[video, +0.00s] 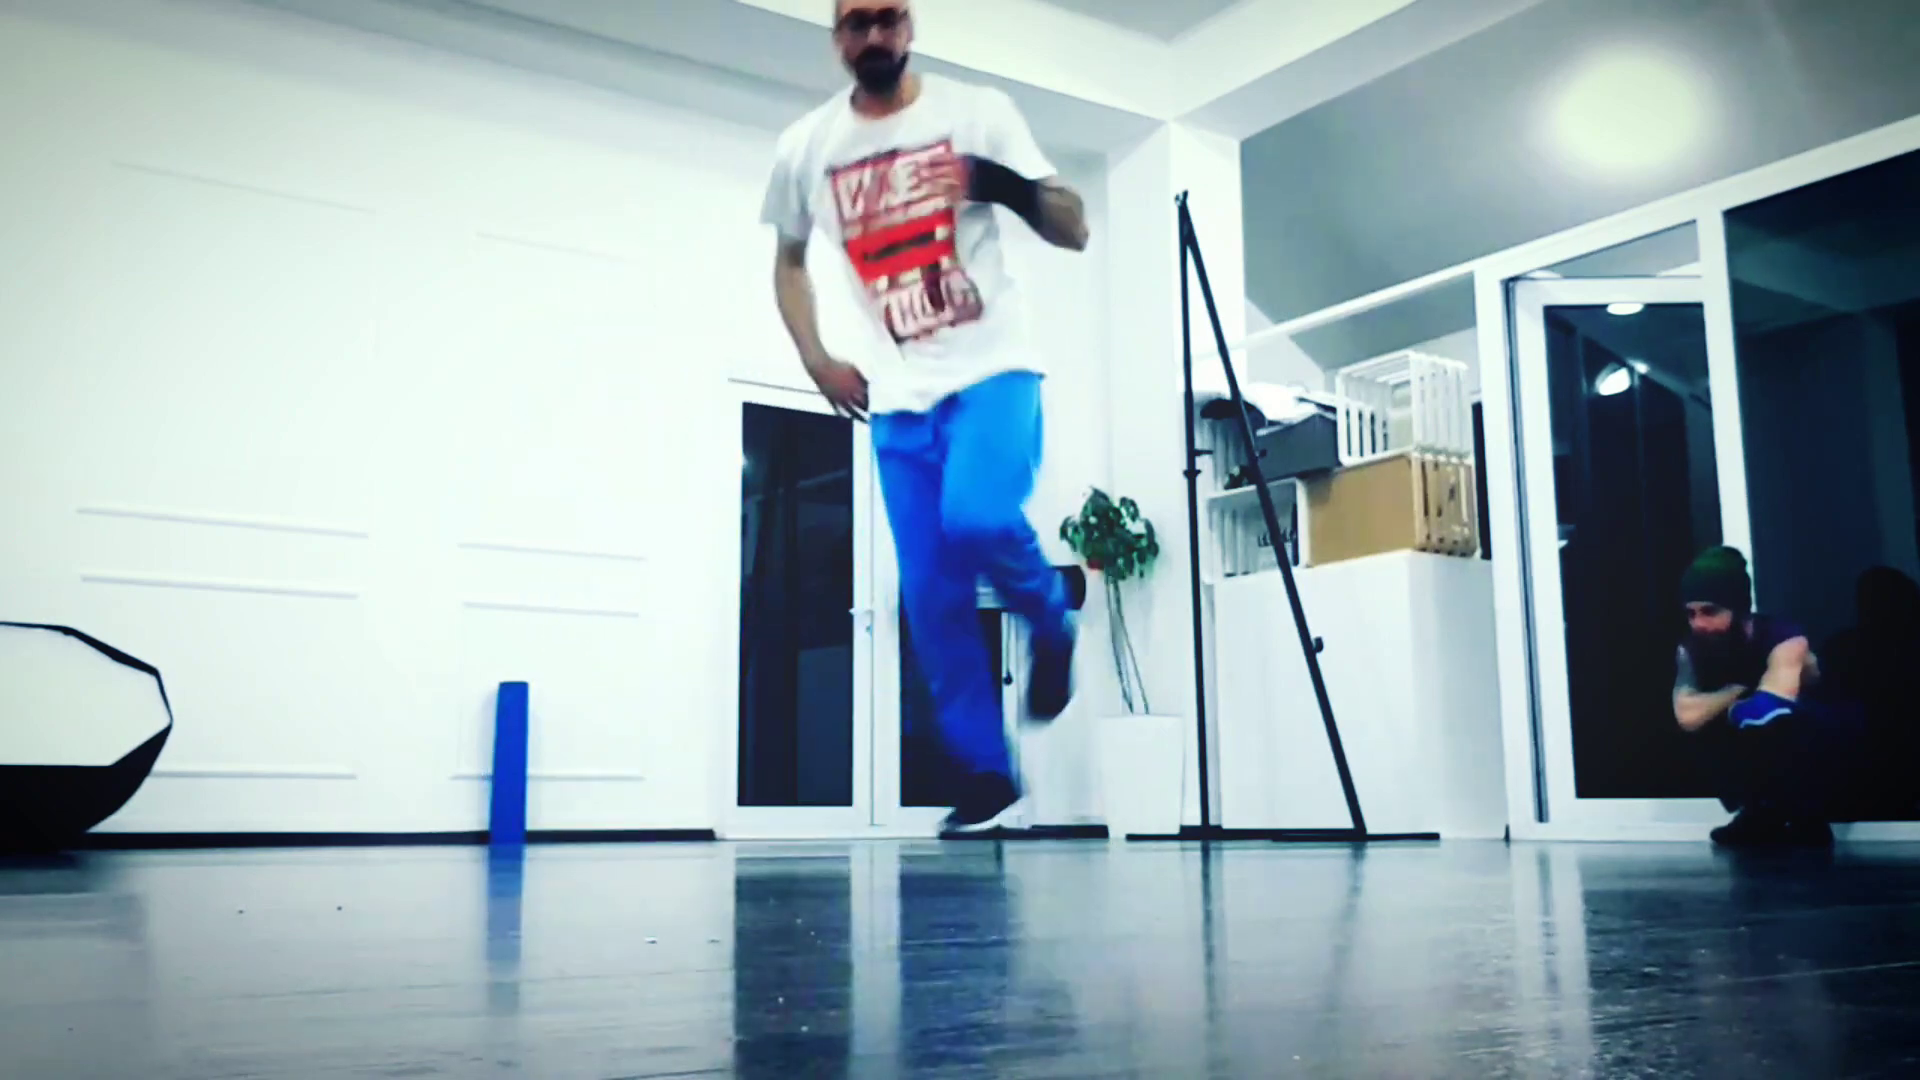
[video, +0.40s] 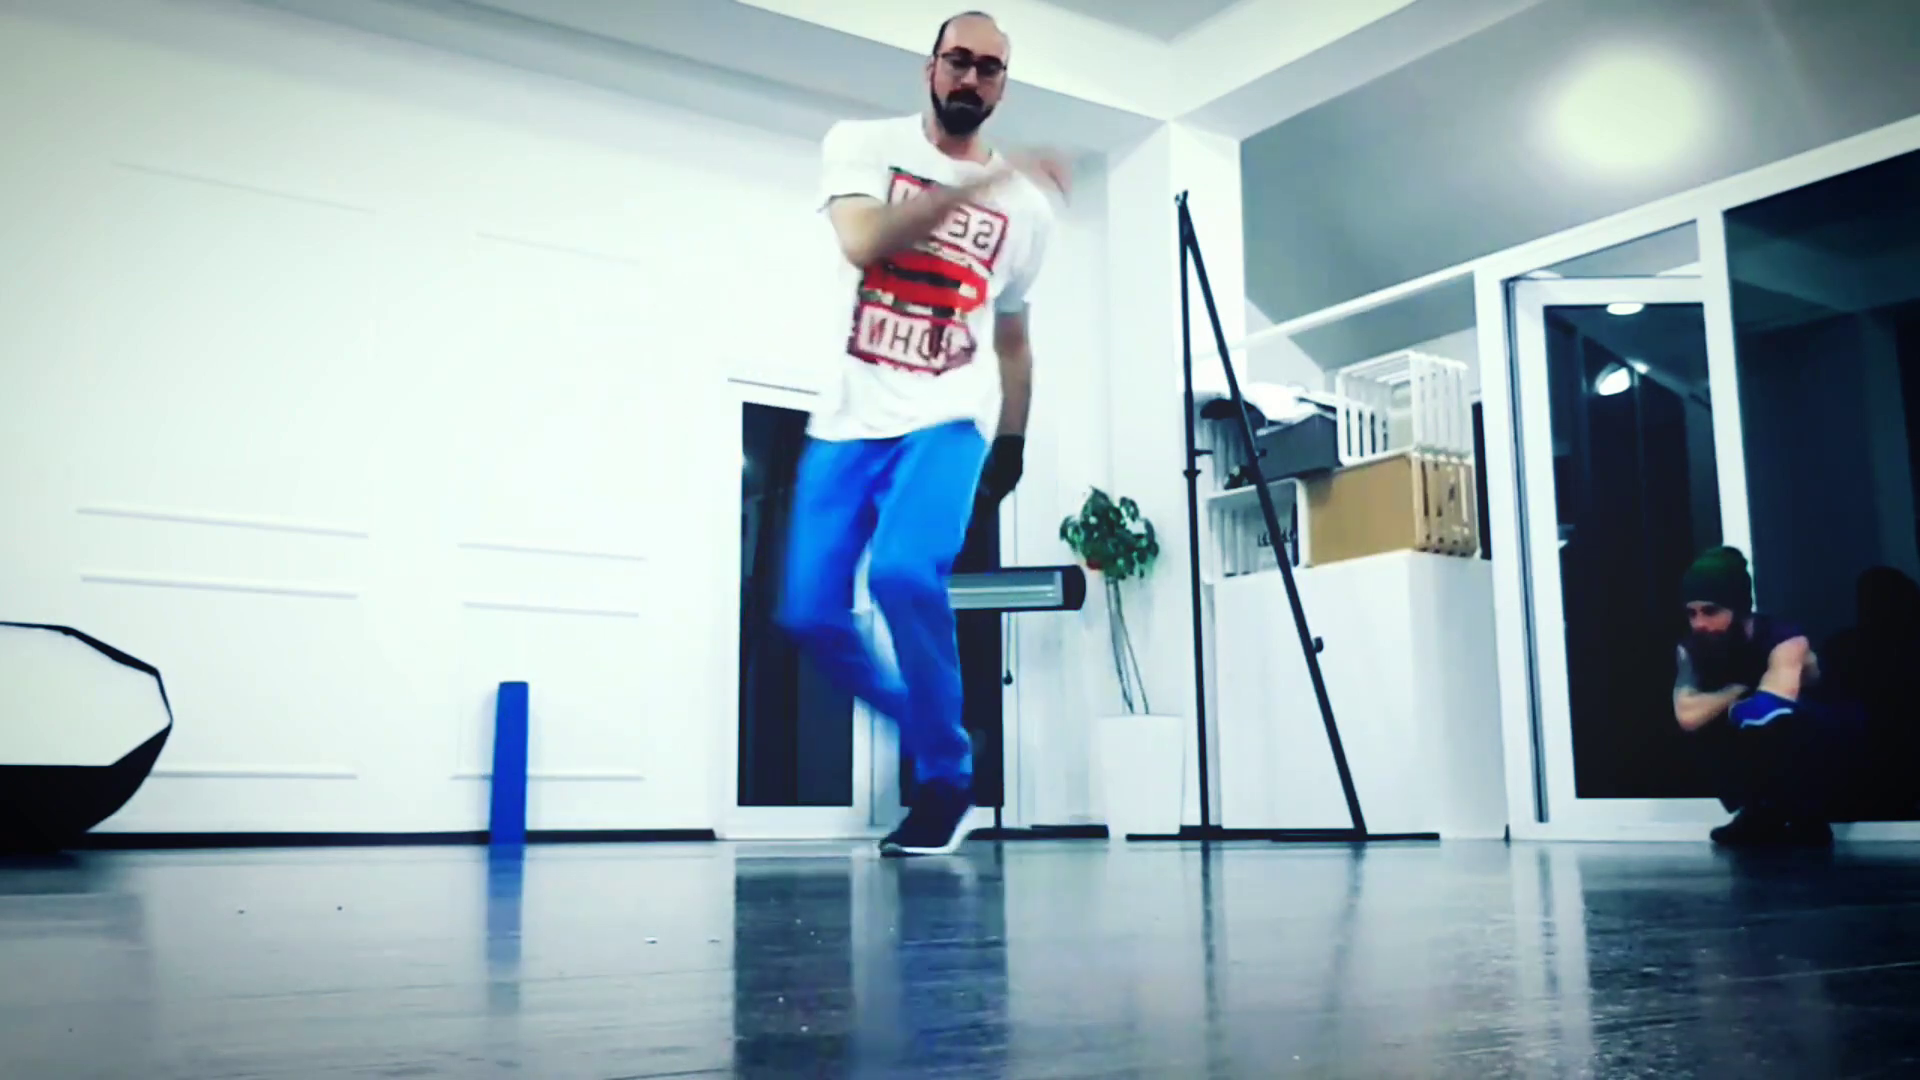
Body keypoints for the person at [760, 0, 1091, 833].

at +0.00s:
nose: (875, 38)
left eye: (890, 20)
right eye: (858, 23)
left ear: (913, 28)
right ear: (835, 35)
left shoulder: (980, 111)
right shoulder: (805, 146)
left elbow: (1075, 230)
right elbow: (789, 264)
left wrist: (1002, 185)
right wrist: (818, 359)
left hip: (993, 368)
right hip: (897, 391)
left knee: (976, 518)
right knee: (930, 588)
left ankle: (1050, 613)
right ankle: (986, 778)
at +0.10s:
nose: (908, 36)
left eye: (923, 21)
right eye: (892, 21)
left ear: (944, 30)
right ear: (868, 31)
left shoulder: (999, 126)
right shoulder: (826, 138)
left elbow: (1050, 232)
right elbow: (773, 261)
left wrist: (1055, 276)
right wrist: (796, 301)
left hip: (991, 359)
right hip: (899, 383)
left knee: (952, 520)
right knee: (950, 566)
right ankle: (1044, 757)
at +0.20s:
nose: (936, 78)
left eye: (952, 65)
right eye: (922, 62)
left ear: (971, 75)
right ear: (896, 70)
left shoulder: (1010, 181)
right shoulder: (848, 174)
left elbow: (1041, 321)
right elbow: (774, 301)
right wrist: (812, 233)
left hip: (998, 405)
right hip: (903, 418)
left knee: (951, 573)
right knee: (987, 604)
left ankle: (905, 782)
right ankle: (1076, 791)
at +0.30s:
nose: (958, 90)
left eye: (976, 78)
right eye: (944, 74)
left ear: (994, 93)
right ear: (917, 82)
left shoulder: (1020, 209)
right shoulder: (867, 173)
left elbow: (1026, 337)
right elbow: (822, 262)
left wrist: (1029, 450)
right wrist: (890, 164)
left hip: (976, 418)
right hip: (888, 430)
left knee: (915, 540)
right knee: (960, 622)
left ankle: (907, 781)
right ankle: (1061, 776)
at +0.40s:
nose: (972, 78)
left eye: (989, 67)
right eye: (959, 61)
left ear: (1005, 84)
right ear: (928, 67)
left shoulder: (1021, 202)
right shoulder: (861, 143)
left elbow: (1012, 333)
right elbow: (862, 243)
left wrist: (1013, 441)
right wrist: (987, 176)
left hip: (951, 412)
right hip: (850, 409)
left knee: (903, 576)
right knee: (808, 612)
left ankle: (944, 780)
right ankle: (937, 729)